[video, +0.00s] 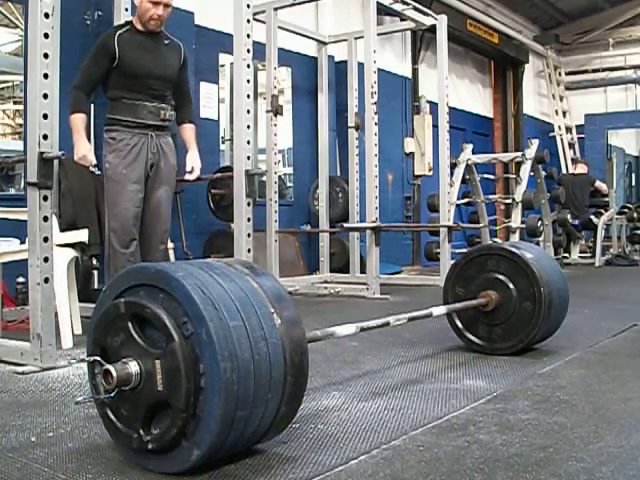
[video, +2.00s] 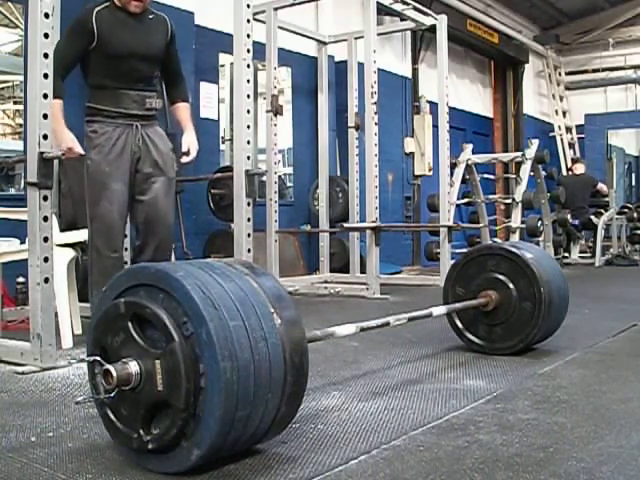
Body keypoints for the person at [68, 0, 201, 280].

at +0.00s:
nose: (159, 12)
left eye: (165, 6)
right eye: (153, 4)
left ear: (170, 10)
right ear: (137, 3)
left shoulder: (176, 50)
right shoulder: (114, 40)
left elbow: (184, 105)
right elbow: (80, 91)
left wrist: (192, 149)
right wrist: (80, 141)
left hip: (164, 144)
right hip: (123, 142)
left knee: (158, 232)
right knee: (124, 229)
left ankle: (158, 304)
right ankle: (122, 305)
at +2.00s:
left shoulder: (162, 24)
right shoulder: (92, 19)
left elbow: (174, 80)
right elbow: (53, 73)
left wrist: (188, 129)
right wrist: (59, 130)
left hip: (154, 135)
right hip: (106, 133)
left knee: (161, 231)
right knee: (108, 233)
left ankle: (151, 316)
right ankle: (107, 321)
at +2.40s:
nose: (184, 3)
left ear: (189, 0)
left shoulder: (188, 31)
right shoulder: (118, 19)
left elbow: (195, 86)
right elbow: (74, 76)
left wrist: (207, 136)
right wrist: (79, 137)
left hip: (170, 135)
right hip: (122, 134)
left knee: (163, 231)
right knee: (122, 229)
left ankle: (154, 317)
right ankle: (111, 318)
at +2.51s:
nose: (195, 2)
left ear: (195, 1)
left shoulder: (199, 27)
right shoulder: (127, 14)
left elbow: (207, 85)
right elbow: (82, 70)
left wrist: (220, 137)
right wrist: (79, 134)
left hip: (178, 130)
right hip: (133, 127)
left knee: (173, 225)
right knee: (144, 215)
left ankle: (161, 305)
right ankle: (122, 300)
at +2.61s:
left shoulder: (211, 23)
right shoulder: (136, 11)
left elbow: (220, 80)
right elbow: (90, 67)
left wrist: (238, 136)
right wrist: (83, 133)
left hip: (186, 128)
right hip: (143, 123)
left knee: (181, 217)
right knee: (166, 207)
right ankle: (144, 294)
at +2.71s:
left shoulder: (224, 23)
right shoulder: (148, 10)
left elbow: (237, 84)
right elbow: (99, 66)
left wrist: (256, 140)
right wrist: (91, 134)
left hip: (198, 131)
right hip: (155, 124)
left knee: (177, 224)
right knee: (188, 214)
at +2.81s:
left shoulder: (238, 17)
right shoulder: (160, 8)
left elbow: (249, 80)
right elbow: (111, 66)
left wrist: (273, 136)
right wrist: (107, 135)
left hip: (218, 127)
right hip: (174, 124)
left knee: (197, 228)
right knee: (209, 220)